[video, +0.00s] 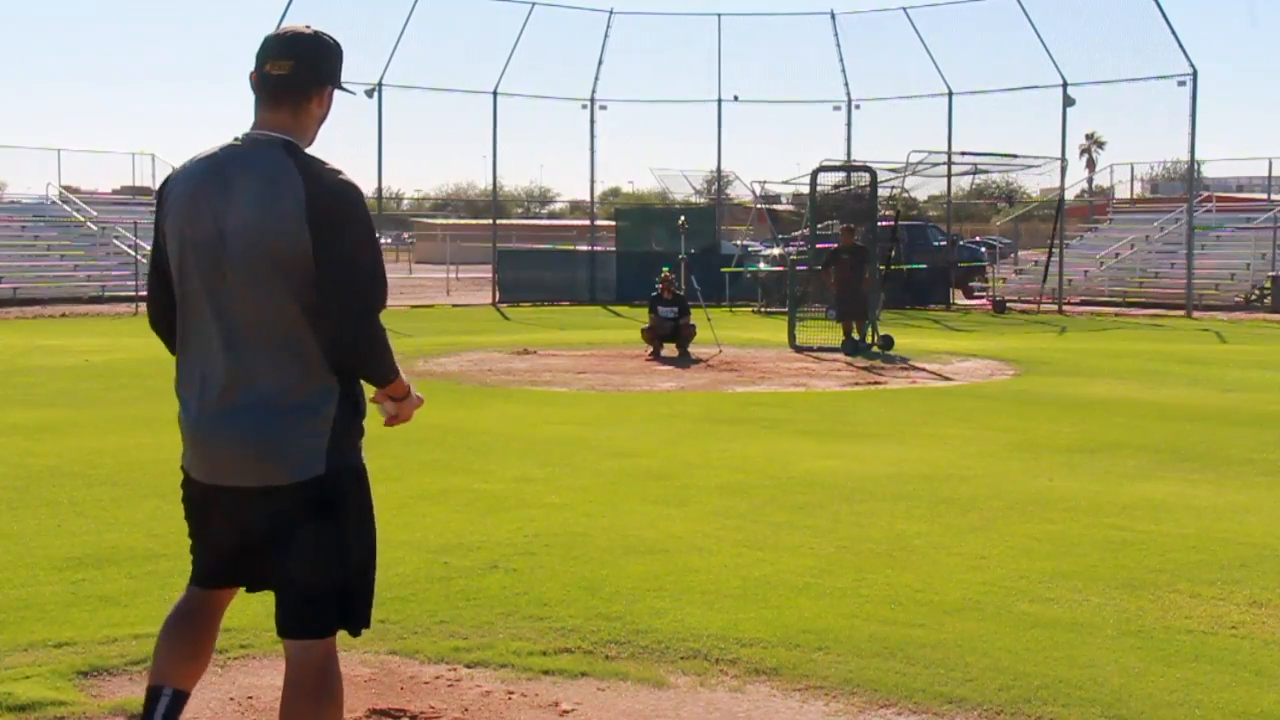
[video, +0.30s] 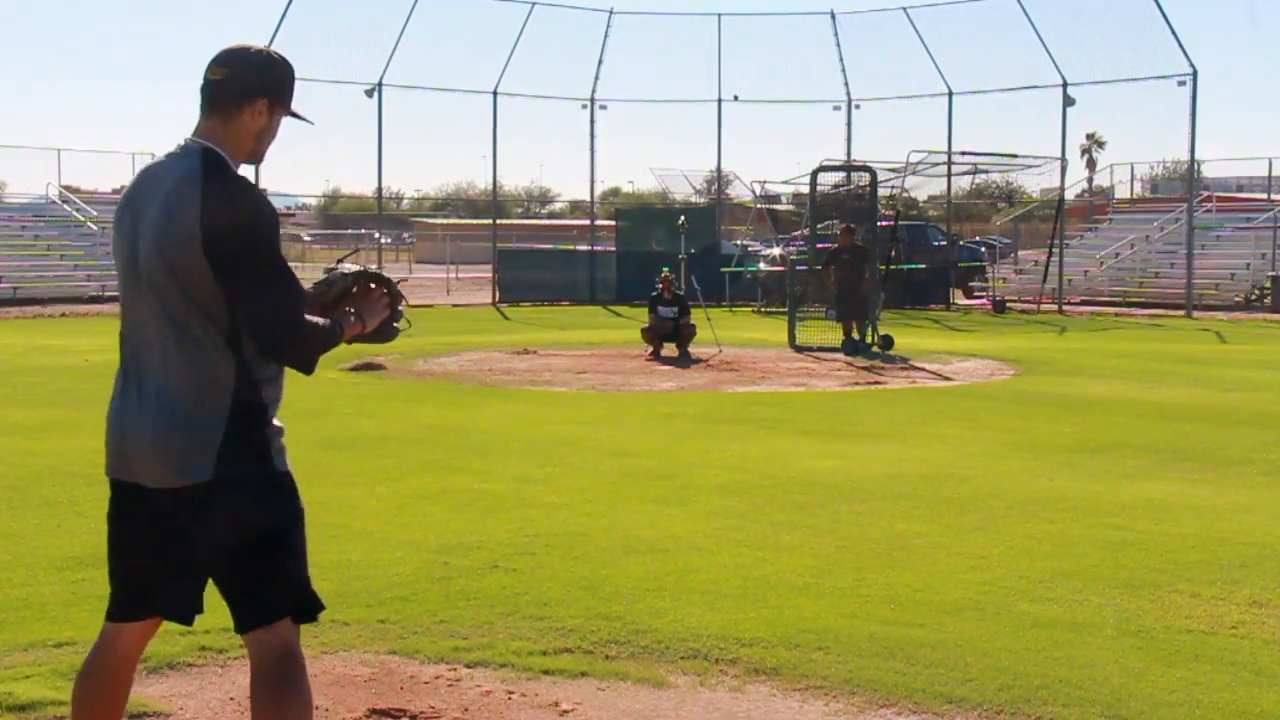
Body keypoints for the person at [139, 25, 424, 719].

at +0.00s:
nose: (329, 109)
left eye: (330, 98)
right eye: (331, 97)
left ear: (255, 90)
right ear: (321, 98)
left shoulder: (181, 186)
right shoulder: (329, 194)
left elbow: (165, 314)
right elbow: (352, 322)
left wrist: (226, 362)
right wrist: (391, 381)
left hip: (209, 446)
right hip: (307, 450)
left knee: (208, 588)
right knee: (312, 640)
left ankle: (156, 714)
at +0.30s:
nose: (273, 137)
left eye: (279, 124)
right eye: (278, 121)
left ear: (207, 104)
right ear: (259, 111)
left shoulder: (142, 190)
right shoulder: (235, 202)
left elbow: (197, 313)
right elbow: (288, 339)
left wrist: (309, 301)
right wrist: (348, 327)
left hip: (139, 451)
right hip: (229, 454)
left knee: (125, 627)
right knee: (274, 641)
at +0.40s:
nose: (256, 147)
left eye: (262, 134)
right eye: (259, 130)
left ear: (199, 110)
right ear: (227, 112)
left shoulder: (127, 187)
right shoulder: (203, 201)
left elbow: (187, 306)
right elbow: (268, 331)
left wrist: (285, 288)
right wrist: (333, 303)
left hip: (107, 450)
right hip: (196, 456)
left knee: (107, 623)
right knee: (263, 627)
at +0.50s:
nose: (243, 155)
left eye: (249, 144)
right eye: (244, 139)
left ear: (193, 116)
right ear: (210, 115)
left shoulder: (115, 184)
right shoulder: (169, 192)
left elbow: (180, 302)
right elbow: (242, 319)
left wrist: (275, 283)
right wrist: (313, 296)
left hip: (89, 445)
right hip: (167, 451)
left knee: (98, 613)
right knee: (263, 603)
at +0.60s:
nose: (231, 162)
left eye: (239, 152)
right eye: (234, 145)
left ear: (190, 120)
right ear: (197, 118)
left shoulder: (107, 183)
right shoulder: (151, 189)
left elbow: (169, 300)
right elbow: (229, 313)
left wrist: (264, 279)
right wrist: (307, 283)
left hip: (78, 443)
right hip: (153, 448)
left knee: (93, 610)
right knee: (252, 595)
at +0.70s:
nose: (226, 167)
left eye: (234, 156)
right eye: (228, 150)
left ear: (186, 121)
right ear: (192, 119)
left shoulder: (104, 185)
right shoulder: (143, 192)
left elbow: (168, 299)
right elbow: (220, 311)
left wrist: (257, 280)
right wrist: (297, 282)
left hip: (74, 444)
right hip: (144, 447)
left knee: (90, 608)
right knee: (242, 594)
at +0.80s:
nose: (223, 168)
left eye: (231, 157)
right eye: (225, 151)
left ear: (183, 122)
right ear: (189, 120)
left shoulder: (104, 184)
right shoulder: (140, 191)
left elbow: (169, 297)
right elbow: (212, 311)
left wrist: (252, 280)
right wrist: (297, 281)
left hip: (70, 443)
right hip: (138, 448)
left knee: (88, 607)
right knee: (229, 600)